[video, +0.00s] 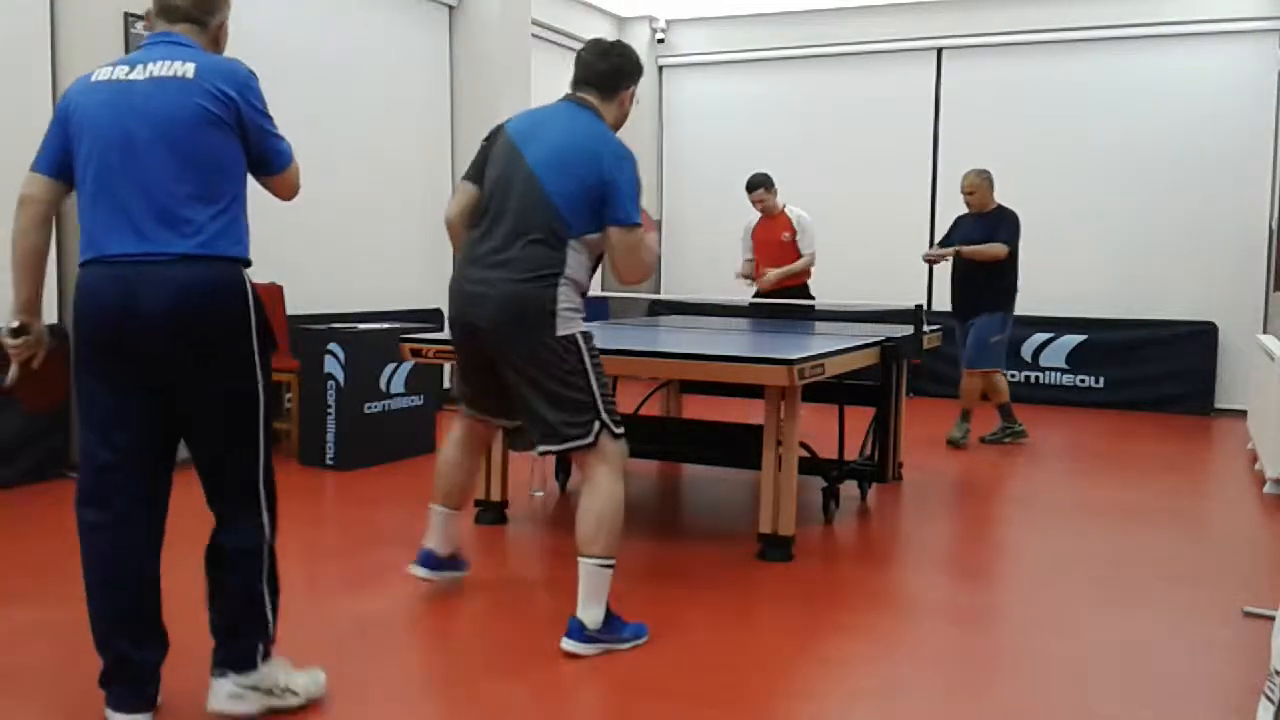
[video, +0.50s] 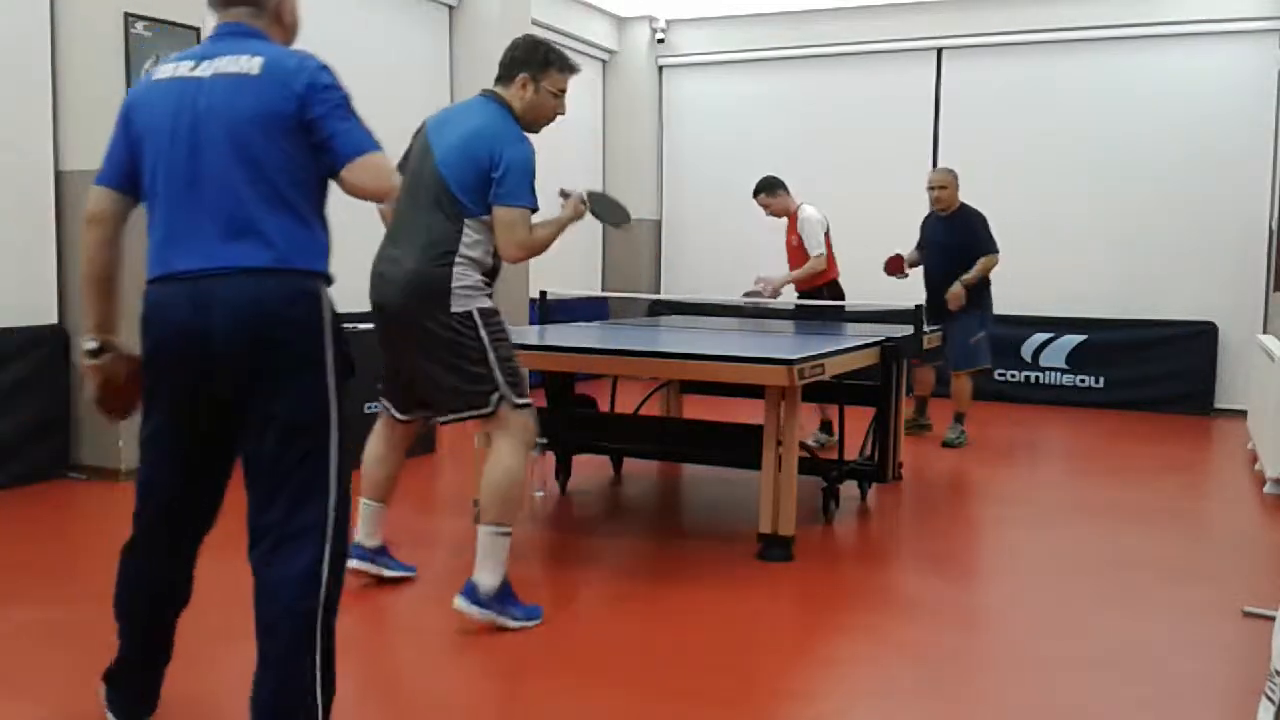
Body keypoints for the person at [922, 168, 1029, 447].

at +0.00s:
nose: (966, 199)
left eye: (971, 193)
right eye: (964, 194)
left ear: (989, 191)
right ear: (963, 193)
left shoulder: (1006, 219)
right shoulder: (962, 221)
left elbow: (1000, 251)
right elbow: (945, 246)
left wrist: (958, 251)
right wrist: (934, 255)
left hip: (994, 308)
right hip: (966, 307)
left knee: (971, 365)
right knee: (987, 367)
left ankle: (963, 424)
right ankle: (1011, 423)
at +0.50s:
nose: (936, 194)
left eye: (942, 188)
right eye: (931, 189)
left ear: (956, 189)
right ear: (927, 191)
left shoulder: (973, 219)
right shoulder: (929, 221)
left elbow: (990, 257)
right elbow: (922, 252)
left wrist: (963, 284)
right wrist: (904, 262)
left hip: (967, 307)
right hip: (935, 306)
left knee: (960, 366)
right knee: (922, 359)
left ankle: (958, 425)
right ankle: (920, 416)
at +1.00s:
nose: (913, 195)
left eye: (920, 189)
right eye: (908, 190)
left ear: (933, 192)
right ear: (902, 195)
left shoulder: (954, 220)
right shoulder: (900, 228)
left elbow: (978, 255)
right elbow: (887, 261)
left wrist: (970, 291)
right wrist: (890, 269)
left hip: (950, 306)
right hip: (914, 307)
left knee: (956, 364)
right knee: (909, 363)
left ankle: (966, 424)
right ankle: (909, 418)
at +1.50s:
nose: (942, 207)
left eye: (948, 201)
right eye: (937, 201)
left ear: (960, 202)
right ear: (931, 202)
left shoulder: (974, 231)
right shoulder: (927, 226)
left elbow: (992, 275)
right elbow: (915, 258)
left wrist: (978, 316)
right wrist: (916, 273)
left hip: (967, 315)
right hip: (935, 313)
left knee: (967, 372)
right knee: (923, 363)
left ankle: (971, 430)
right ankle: (917, 412)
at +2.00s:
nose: (929, 211)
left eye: (936, 205)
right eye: (924, 205)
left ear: (949, 206)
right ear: (920, 207)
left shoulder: (967, 234)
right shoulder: (921, 235)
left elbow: (987, 277)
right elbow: (910, 268)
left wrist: (971, 317)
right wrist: (911, 286)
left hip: (968, 315)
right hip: (936, 314)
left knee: (968, 371)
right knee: (929, 366)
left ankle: (972, 430)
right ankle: (927, 415)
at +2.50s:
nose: (930, 221)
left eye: (937, 216)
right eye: (926, 215)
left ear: (951, 216)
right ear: (921, 215)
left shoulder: (968, 240)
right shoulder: (920, 240)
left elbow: (994, 281)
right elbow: (903, 272)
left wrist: (975, 320)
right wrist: (908, 289)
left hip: (970, 319)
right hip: (937, 317)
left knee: (970, 371)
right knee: (928, 366)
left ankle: (972, 431)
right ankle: (927, 415)